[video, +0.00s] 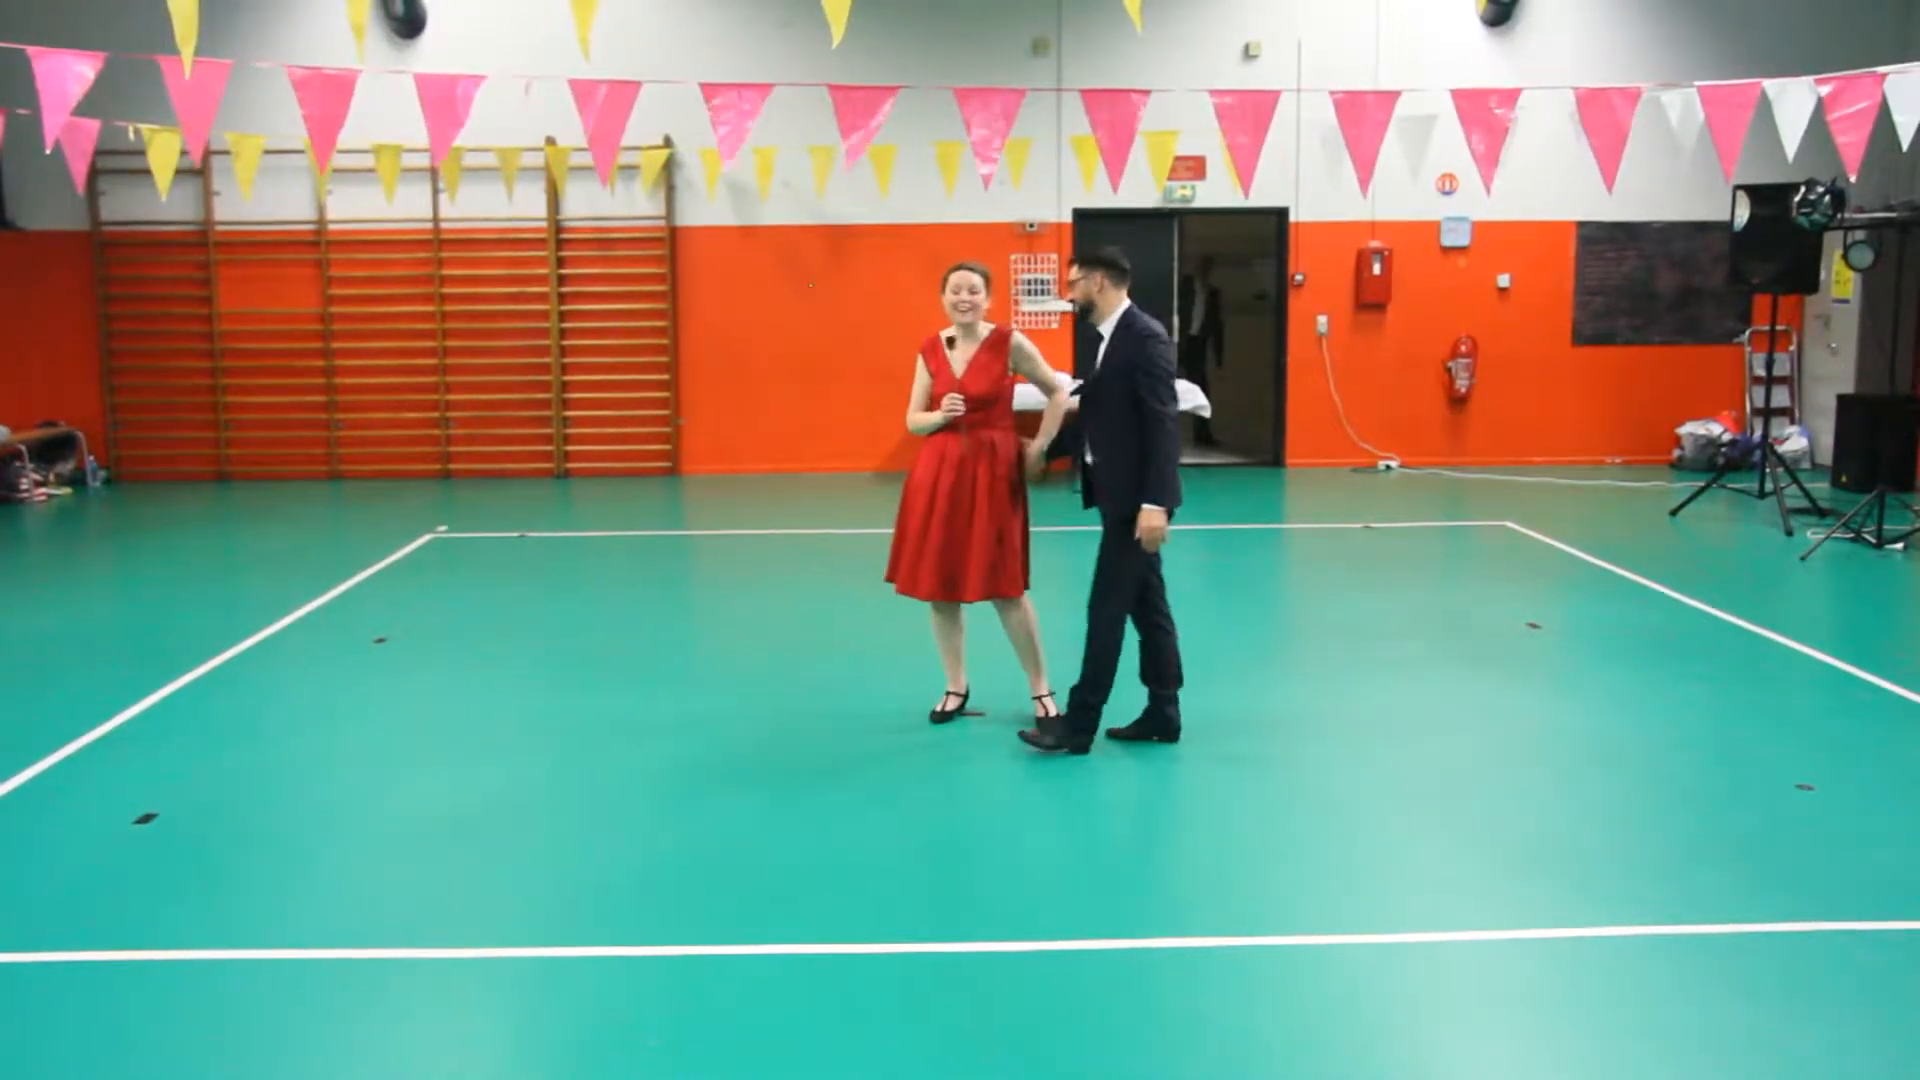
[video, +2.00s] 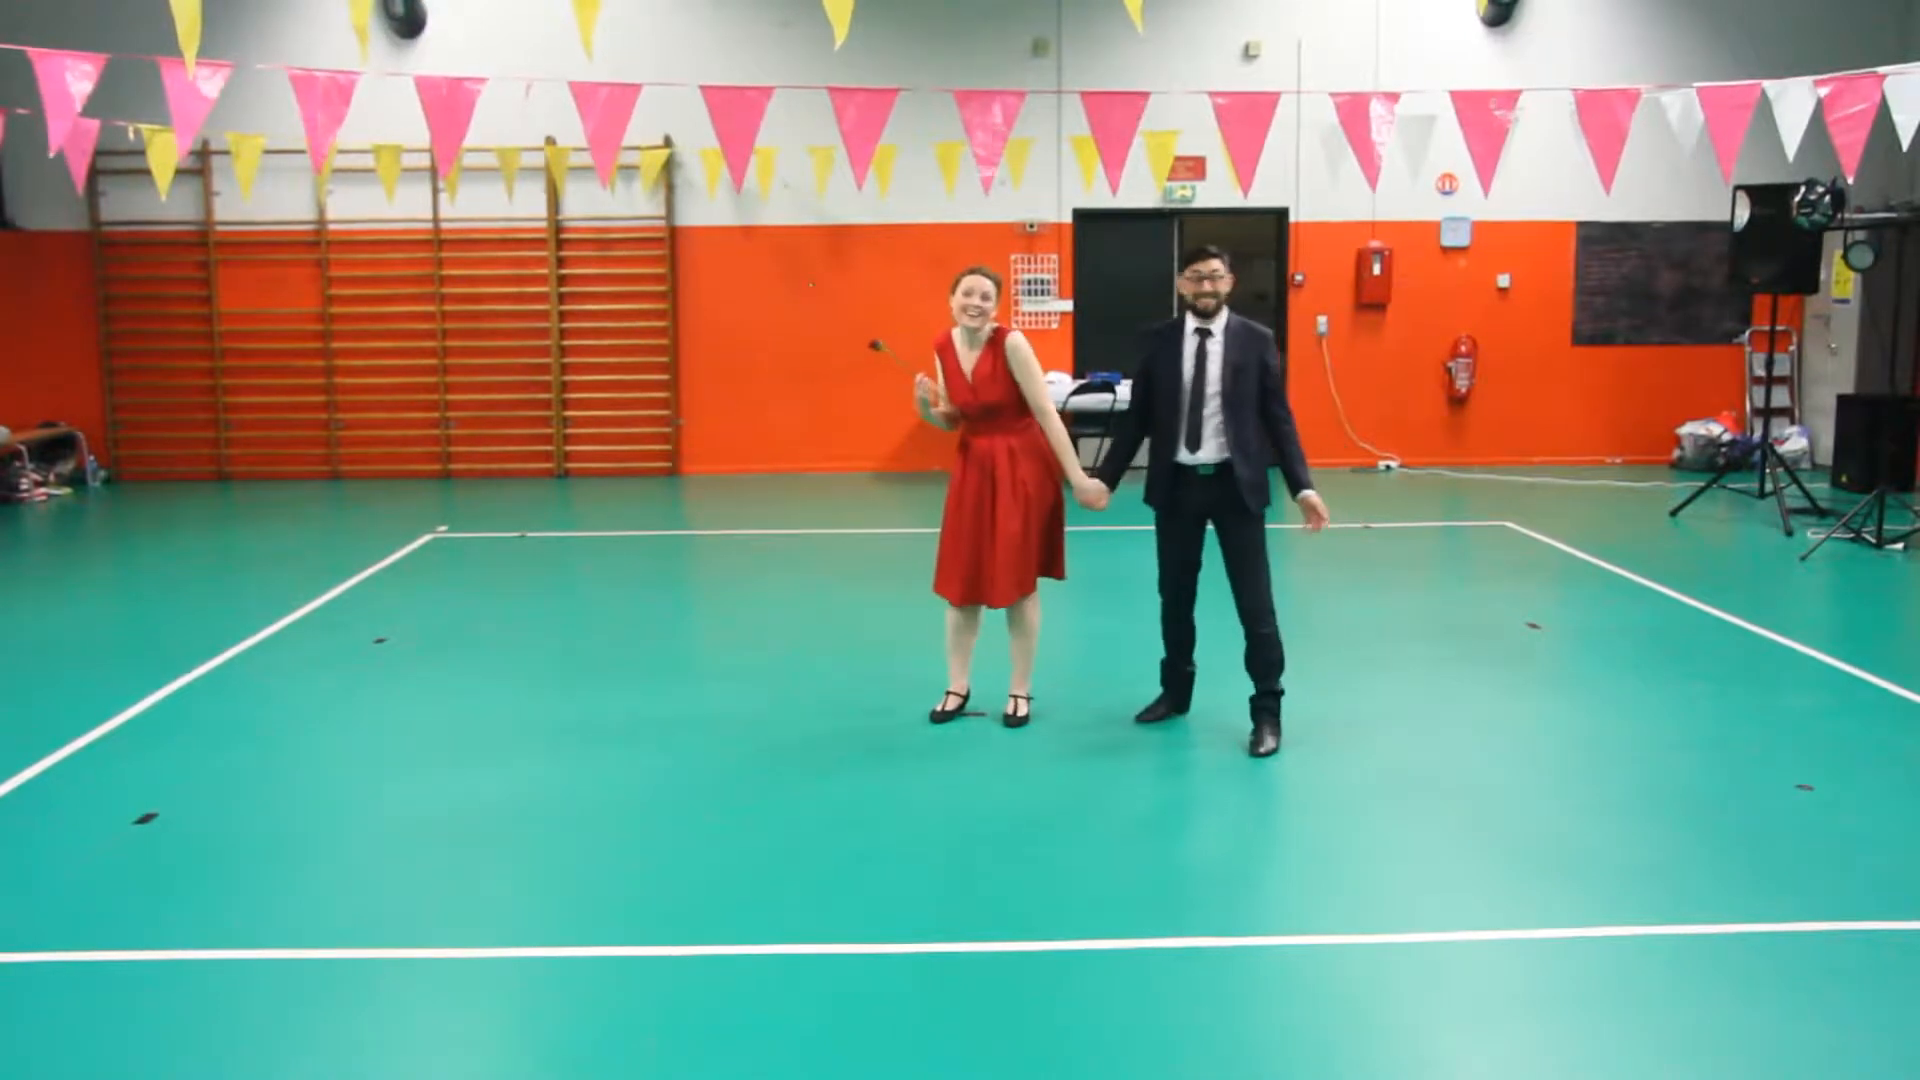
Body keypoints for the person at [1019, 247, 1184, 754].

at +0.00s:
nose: (1071, 292)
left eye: (1076, 282)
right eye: (1071, 283)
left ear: (1105, 283)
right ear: (1097, 284)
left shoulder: (1145, 336)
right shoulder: (1097, 333)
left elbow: (1163, 423)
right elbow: (1093, 406)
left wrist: (1157, 501)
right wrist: (1048, 448)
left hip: (1136, 497)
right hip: (1115, 493)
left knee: (1106, 610)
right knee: (1149, 609)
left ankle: (1078, 725)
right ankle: (1164, 713)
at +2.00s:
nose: (1206, 285)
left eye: (1215, 277)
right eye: (1196, 277)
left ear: (1230, 283)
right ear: (1181, 285)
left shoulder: (1255, 340)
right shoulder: (1161, 340)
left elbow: (1277, 417)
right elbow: (1137, 417)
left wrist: (1302, 486)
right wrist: (1105, 477)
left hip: (1237, 483)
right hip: (1177, 484)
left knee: (1256, 606)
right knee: (1175, 597)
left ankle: (1267, 713)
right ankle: (1175, 693)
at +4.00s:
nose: (1180, 290)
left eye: (1186, 280)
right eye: (1182, 281)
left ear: (1209, 283)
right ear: (1210, 285)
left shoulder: (1265, 345)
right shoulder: (1203, 343)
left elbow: (1284, 433)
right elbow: (1178, 412)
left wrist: (1286, 514)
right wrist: (1119, 444)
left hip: (1250, 498)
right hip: (1200, 494)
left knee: (1257, 613)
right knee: (1196, 611)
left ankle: (1254, 718)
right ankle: (1186, 727)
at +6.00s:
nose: (1121, 287)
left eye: (1122, 280)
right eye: (1124, 279)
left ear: (1129, 282)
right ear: (1176, 282)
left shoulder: (1161, 350)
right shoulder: (1189, 335)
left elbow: (1143, 453)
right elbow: (1165, 433)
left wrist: (1120, 535)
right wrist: (1117, 464)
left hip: (1167, 521)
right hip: (1180, 513)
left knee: (1169, 637)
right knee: (1150, 627)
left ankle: (1176, 765)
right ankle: (1169, 739)